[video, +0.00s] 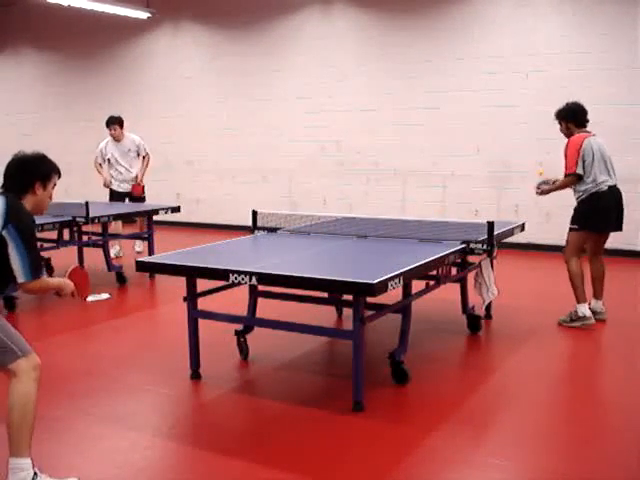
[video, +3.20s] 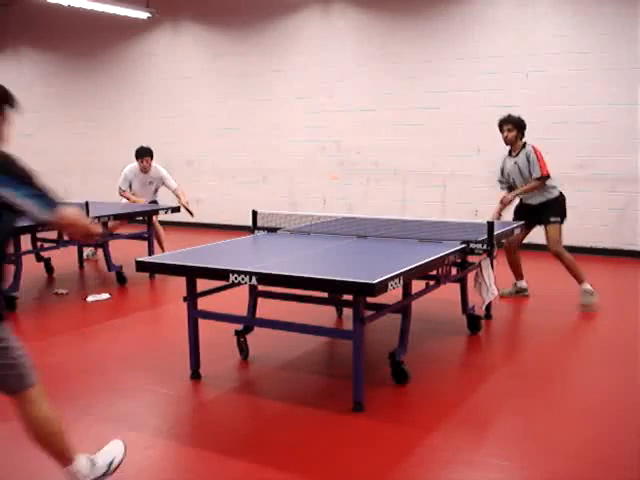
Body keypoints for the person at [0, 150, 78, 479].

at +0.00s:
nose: (52, 196)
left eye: (53, 188)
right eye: (51, 188)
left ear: (25, 185)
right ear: (36, 187)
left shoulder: (7, 210)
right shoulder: (15, 218)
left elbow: (25, 279)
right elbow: (28, 283)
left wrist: (51, 281)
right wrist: (58, 283)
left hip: (1, 314)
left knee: (23, 365)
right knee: (26, 366)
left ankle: (20, 466)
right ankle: (20, 469)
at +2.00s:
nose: (28, 155)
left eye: (27, 147)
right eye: (24, 147)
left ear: (6, 150)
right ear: (6, 149)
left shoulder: (3, 192)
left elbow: (3, 246)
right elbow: (2, 249)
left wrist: (36, 258)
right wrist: (39, 259)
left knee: (12, 364)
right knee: (11, 365)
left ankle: (15, 466)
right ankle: (14, 468)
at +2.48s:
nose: (10, 161)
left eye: (12, 153)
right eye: (8, 152)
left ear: (5, 153)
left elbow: (16, 242)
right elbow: (19, 248)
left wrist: (51, 263)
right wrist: (57, 270)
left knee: (34, 356)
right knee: (37, 357)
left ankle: (30, 459)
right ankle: (31, 460)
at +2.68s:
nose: (62, 180)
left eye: (63, 171)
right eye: (58, 170)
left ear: (28, 167)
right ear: (37, 168)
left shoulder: (4, 187)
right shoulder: (22, 196)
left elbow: (21, 236)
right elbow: (71, 241)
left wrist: (46, 261)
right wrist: (80, 272)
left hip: (6, 311)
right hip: (6, 313)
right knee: (74, 362)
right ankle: (89, 464)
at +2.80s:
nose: (93, 205)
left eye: (95, 199)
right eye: (92, 197)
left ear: (51, 183)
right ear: (74, 189)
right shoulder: (66, 212)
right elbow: (119, 240)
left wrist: (114, 269)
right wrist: (123, 271)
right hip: (16, 321)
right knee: (92, 362)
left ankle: (91, 463)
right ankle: (92, 465)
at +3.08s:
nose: (65, 178)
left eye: (65, 170)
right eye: (63, 170)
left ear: (19, 166)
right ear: (48, 171)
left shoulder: (6, 194)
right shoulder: (53, 201)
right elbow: (130, 218)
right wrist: (165, 239)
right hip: (13, 327)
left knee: (76, 363)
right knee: (78, 365)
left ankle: (92, 463)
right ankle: (92, 464)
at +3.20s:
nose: (10, 127)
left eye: (8, 118)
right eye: (7, 118)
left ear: (2, 119)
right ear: (1, 119)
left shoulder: (5, 166)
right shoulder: (2, 166)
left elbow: (47, 211)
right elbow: (55, 216)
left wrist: (80, 225)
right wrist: (92, 228)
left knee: (26, 389)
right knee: (25, 389)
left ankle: (77, 465)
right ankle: (78, 466)